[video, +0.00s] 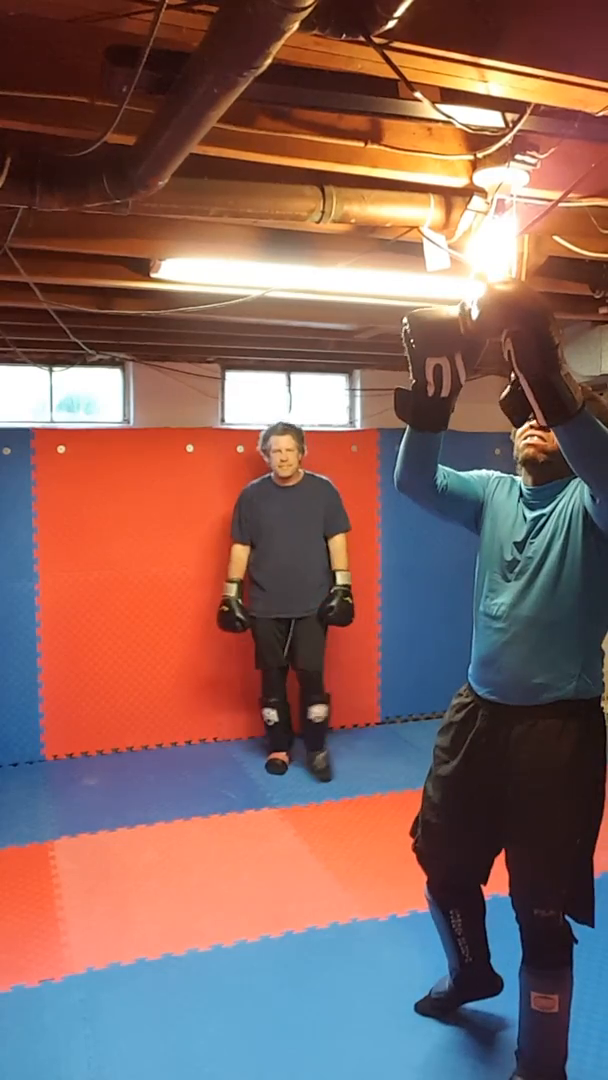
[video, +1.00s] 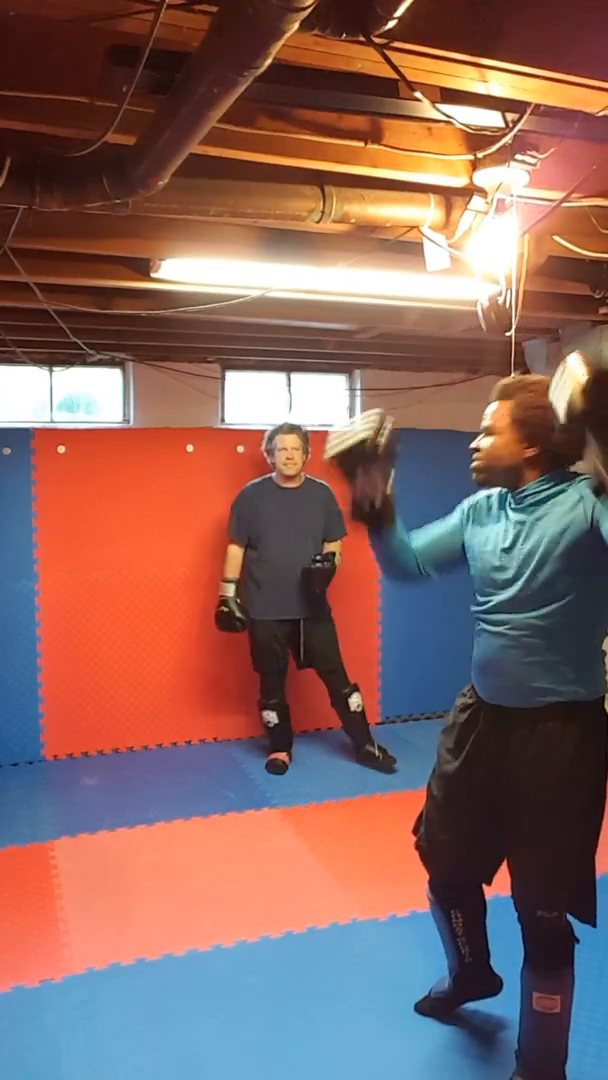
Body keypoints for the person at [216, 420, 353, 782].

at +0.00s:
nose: (282, 458)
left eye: (288, 451)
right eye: (276, 452)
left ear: (301, 453)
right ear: (267, 455)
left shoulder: (323, 491)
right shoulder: (252, 495)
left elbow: (337, 540)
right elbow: (240, 546)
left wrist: (342, 587)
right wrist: (230, 593)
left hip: (313, 601)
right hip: (266, 602)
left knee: (312, 674)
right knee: (272, 675)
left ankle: (317, 747)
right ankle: (279, 745)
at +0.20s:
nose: (276, 460)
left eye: (282, 454)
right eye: (269, 455)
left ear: (296, 456)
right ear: (261, 459)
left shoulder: (318, 492)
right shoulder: (248, 498)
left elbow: (334, 542)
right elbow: (237, 549)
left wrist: (339, 592)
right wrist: (229, 597)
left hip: (306, 604)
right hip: (260, 605)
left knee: (290, 675)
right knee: (267, 677)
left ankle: (278, 762)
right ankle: (274, 748)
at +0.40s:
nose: (274, 459)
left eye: (281, 452)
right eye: (268, 453)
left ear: (294, 455)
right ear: (259, 458)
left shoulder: (317, 491)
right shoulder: (247, 497)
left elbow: (334, 541)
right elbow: (237, 548)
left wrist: (340, 591)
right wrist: (230, 596)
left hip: (303, 602)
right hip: (258, 604)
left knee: (286, 674)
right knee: (267, 676)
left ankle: (275, 758)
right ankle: (276, 748)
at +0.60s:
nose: (273, 458)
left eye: (280, 452)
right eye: (268, 452)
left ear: (295, 456)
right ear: (260, 456)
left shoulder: (316, 493)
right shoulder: (246, 497)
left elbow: (333, 543)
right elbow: (233, 548)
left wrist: (340, 591)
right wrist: (224, 596)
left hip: (305, 606)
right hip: (258, 607)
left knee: (301, 680)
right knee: (267, 680)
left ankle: (303, 763)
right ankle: (280, 748)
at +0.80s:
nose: (280, 457)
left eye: (287, 450)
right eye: (273, 451)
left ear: (299, 454)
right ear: (263, 456)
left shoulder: (319, 492)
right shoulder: (247, 496)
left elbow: (332, 538)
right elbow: (235, 547)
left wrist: (333, 579)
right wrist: (223, 595)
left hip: (307, 602)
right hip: (260, 605)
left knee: (324, 678)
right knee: (268, 680)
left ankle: (349, 755)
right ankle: (278, 749)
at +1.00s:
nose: (289, 456)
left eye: (295, 450)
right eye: (282, 450)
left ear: (306, 454)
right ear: (269, 455)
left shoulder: (321, 494)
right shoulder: (250, 496)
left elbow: (334, 539)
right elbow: (236, 546)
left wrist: (326, 567)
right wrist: (228, 593)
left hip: (311, 604)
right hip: (264, 606)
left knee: (336, 674)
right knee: (271, 682)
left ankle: (364, 743)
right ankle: (280, 749)